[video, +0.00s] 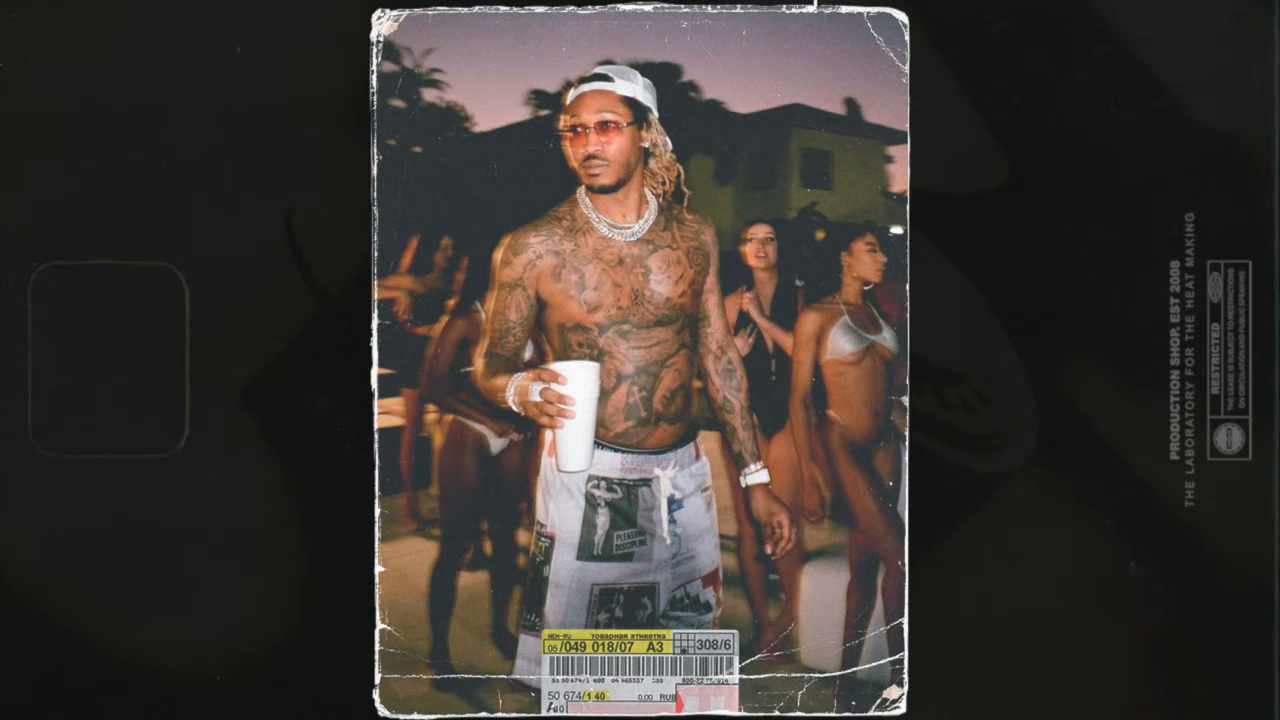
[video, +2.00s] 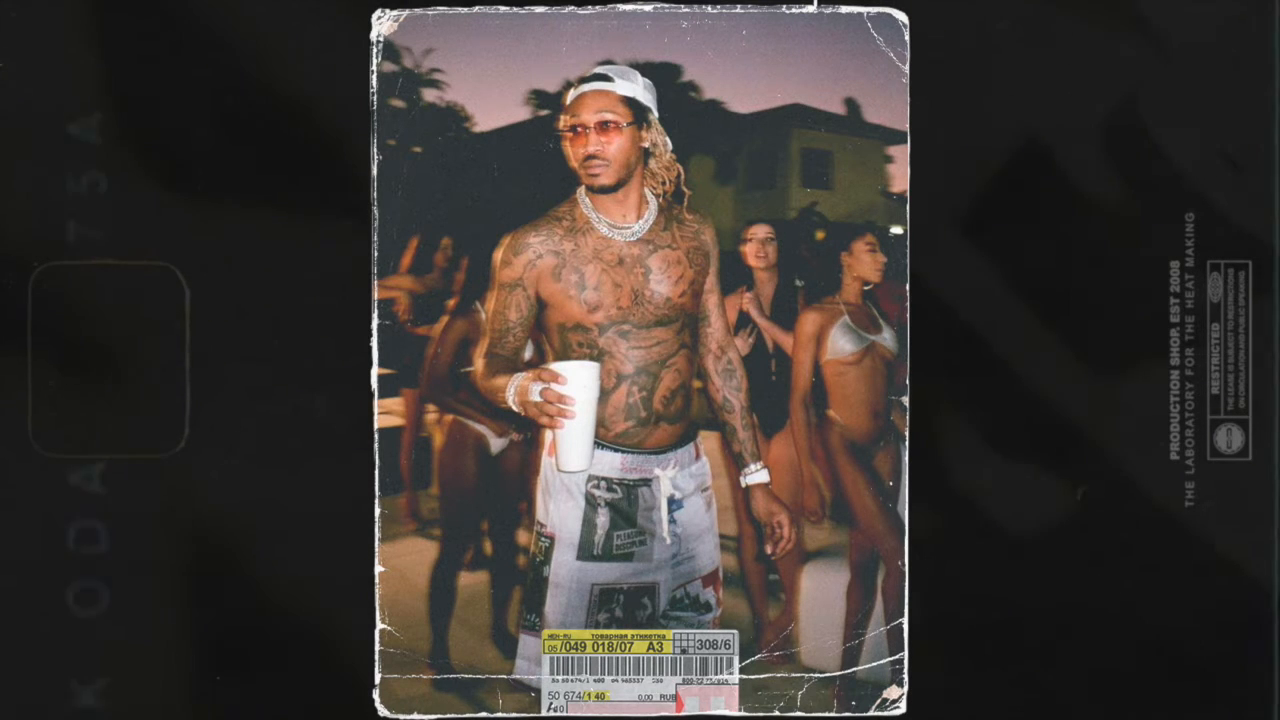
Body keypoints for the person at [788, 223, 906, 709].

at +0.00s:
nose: (882, 259)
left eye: (881, 251)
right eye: (872, 251)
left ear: (869, 262)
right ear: (844, 259)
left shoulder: (876, 315)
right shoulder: (817, 317)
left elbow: (885, 392)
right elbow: (798, 403)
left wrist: (901, 441)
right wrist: (814, 479)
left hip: (881, 448)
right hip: (838, 449)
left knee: (863, 564)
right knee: (898, 552)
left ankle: (847, 673)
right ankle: (903, 670)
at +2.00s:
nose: (882, 259)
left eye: (881, 251)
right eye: (871, 251)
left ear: (871, 262)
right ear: (844, 259)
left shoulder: (877, 316)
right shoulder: (818, 317)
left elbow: (886, 391)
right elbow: (798, 402)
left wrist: (901, 435)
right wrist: (812, 476)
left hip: (882, 447)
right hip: (839, 449)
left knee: (863, 563)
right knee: (898, 551)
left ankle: (846, 674)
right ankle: (902, 669)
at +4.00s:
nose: (882, 259)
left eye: (881, 251)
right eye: (871, 251)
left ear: (870, 262)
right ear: (843, 259)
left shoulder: (876, 314)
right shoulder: (818, 317)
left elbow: (885, 389)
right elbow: (798, 402)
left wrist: (899, 436)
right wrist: (812, 477)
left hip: (882, 447)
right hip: (838, 448)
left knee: (863, 563)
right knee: (897, 552)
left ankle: (846, 673)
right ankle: (902, 669)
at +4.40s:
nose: (882, 259)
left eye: (881, 251)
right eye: (871, 251)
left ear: (871, 262)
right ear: (844, 259)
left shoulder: (877, 316)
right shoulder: (818, 317)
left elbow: (884, 391)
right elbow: (798, 403)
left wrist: (900, 433)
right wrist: (813, 478)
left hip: (882, 448)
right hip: (838, 449)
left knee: (863, 562)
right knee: (898, 553)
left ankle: (846, 673)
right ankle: (903, 671)